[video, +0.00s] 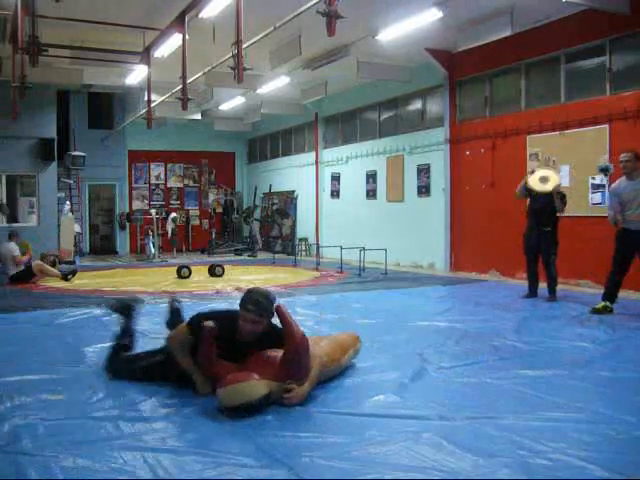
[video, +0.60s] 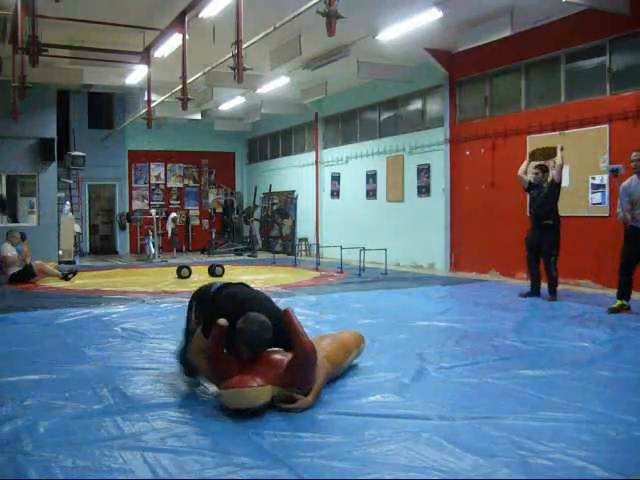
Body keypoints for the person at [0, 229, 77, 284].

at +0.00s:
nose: (18, 239)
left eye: (18, 238)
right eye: (17, 237)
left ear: (10, 237)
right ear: (14, 237)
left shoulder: (5, 246)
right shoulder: (12, 246)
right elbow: (18, 261)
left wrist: (25, 257)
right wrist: (28, 256)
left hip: (13, 275)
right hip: (15, 276)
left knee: (42, 269)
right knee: (38, 265)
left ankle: (63, 275)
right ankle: (62, 275)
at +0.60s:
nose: (17, 241)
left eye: (18, 239)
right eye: (16, 238)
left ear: (17, 240)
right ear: (10, 238)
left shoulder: (14, 248)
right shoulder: (6, 247)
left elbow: (25, 261)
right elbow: (8, 262)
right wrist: (19, 256)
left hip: (19, 274)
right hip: (12, 276)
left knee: (43, 269)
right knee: (38, 265)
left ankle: (64, 273)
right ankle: (62, 275)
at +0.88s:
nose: (15, 237)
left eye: (16, 235)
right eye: (13, 236)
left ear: (18, 236)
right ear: (8, 237)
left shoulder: (23, 247)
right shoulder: (4, 247)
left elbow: (28, 262)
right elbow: (2, 258)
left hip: (24, 273)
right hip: (13, 275)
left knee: (44, 269)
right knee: (39, 264)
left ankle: (63, 275)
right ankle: (61, 275)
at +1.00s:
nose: (16, 241)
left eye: (17, 239)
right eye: (14, 239)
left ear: (18, 238)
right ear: (9, 239)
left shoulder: (19, 247)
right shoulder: (5, 247)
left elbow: (24, 263)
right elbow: (2, 256)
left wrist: (27, 256)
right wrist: (6, 254)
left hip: (22, 274)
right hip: (13, 275)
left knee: (45, 270)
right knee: (39, 264)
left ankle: (63, 274)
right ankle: (62, 275)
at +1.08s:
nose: (17, 240)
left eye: (18, 238)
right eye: (15, 238)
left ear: (18, 239)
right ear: (9, 238)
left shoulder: (18, 247)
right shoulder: (5, 247)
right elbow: (3, 258)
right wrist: (13, 254)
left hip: (21, 274)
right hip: (12, 276)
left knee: (45, 269)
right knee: (39, 264)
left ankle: (63, 274)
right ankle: (62, 276)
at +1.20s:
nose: (17, 240)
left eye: (17, 238)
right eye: (16, 238)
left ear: (12, 238)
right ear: (11, 238)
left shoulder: (13, 248)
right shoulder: (6, 247)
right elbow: (7, 260)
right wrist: (20, 255)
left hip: (20, 274)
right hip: (14, 276)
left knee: (44, 269)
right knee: (38, 264)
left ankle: (64, 274)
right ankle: (62, 276)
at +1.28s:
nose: (18, 240)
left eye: (18, 238)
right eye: (17, 238)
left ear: (9, 237)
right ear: (14, 238)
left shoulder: (6, 246)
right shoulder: (9, 246)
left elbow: (15, 262)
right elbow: (16, 261)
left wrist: (25, 253)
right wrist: (27, 254)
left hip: (18, 275)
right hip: (16, 275)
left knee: (44, 270)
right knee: (38, 265)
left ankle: (63, 274)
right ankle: (62, 276)